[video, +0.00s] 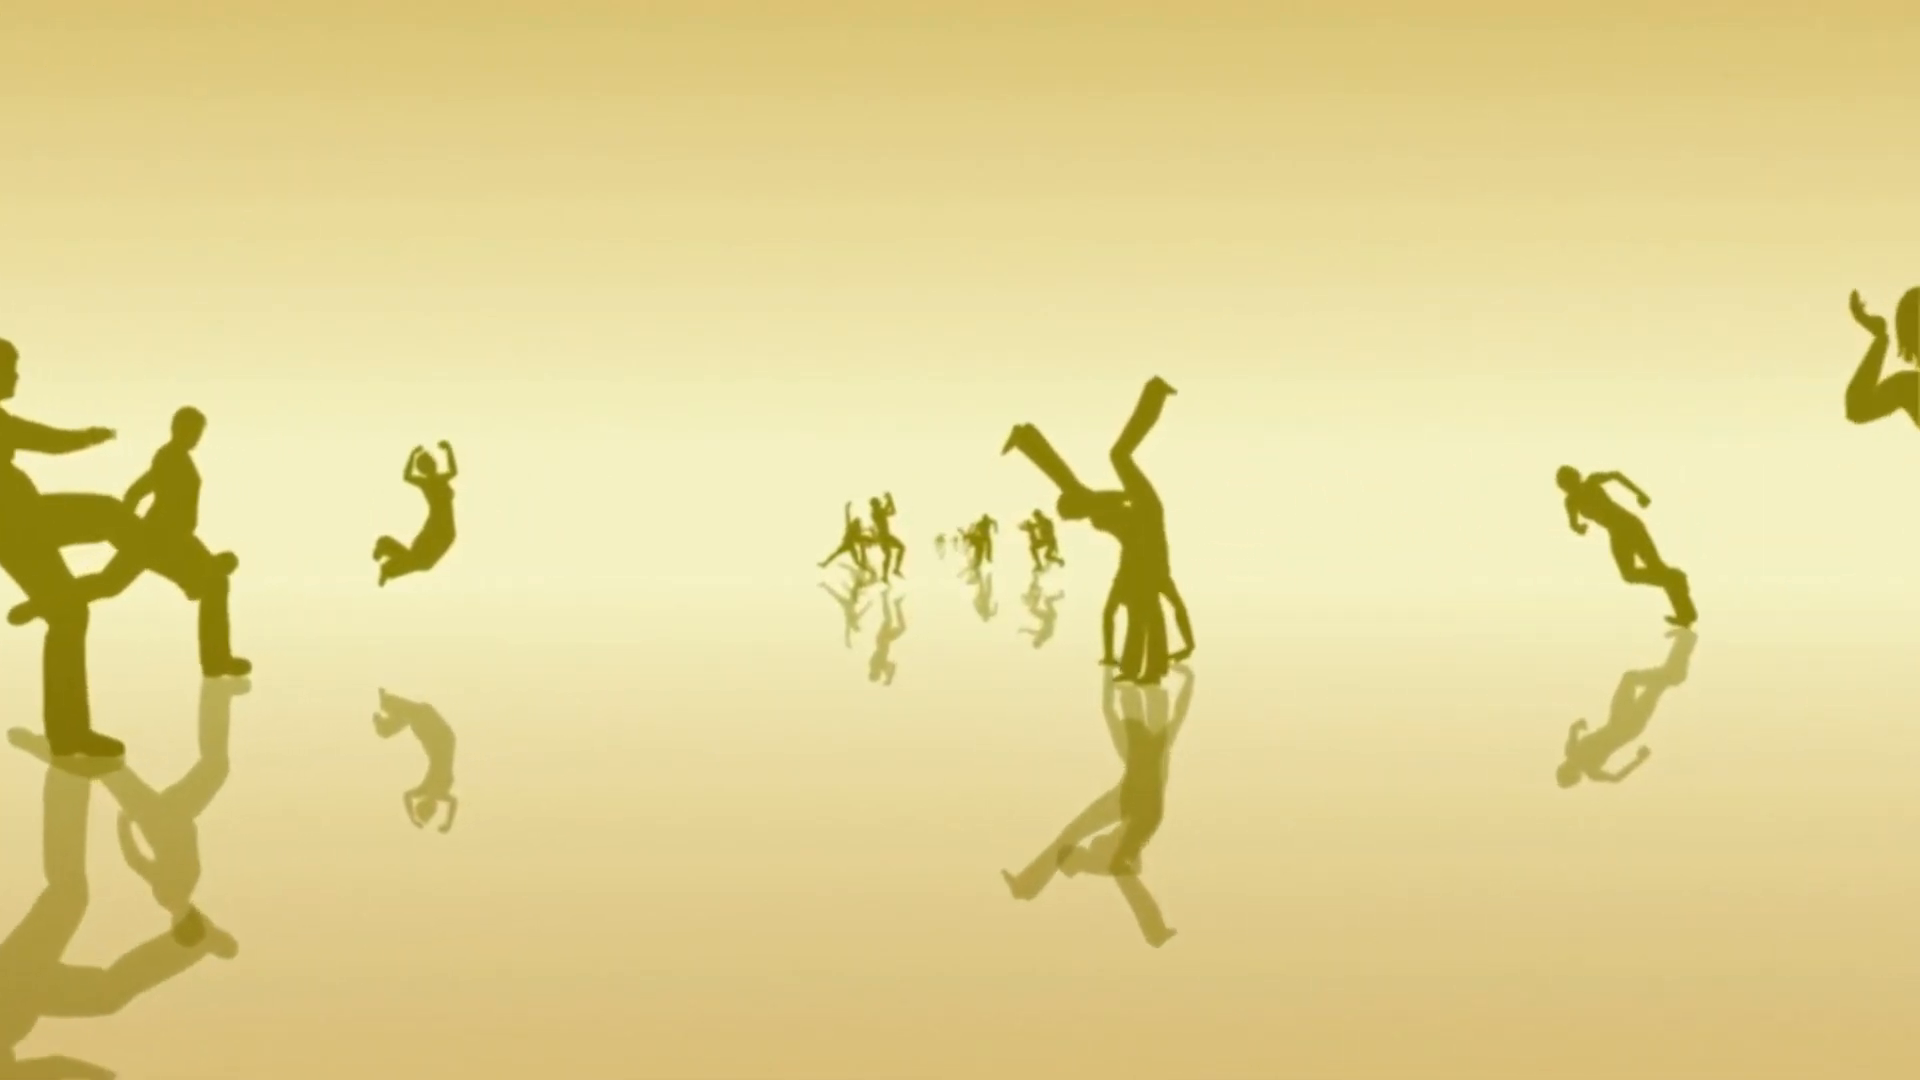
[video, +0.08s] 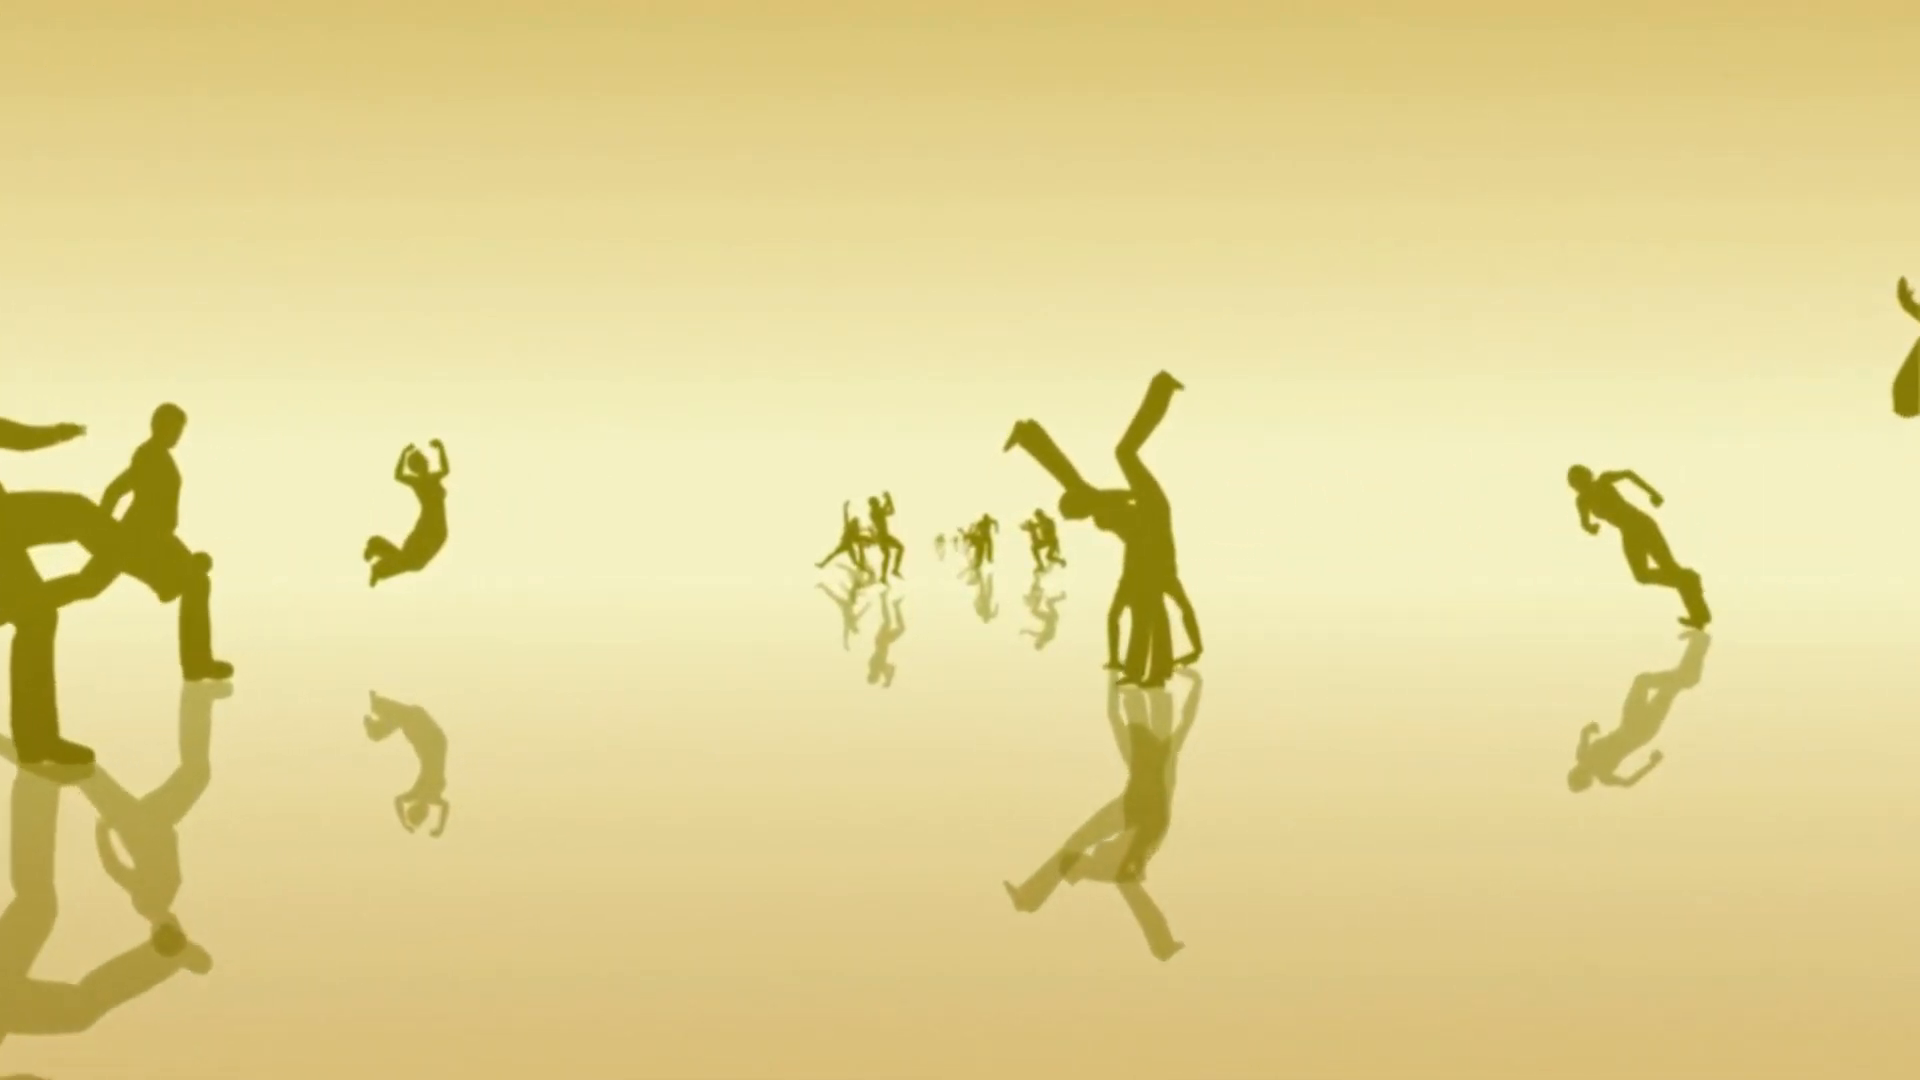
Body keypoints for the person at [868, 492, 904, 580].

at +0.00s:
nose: (879, 504)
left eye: (877, 503)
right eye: (877, 503)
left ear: (874, 504)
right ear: (876, 504)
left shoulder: (878, 512)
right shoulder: (878, 512)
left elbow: (889, 511)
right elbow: (891, 511)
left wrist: (888, 500)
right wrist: (890, 500)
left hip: (883, 535)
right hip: (884, 535)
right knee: (901, 547)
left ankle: (885, 576)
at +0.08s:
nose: (877, 503)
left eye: (876, 502)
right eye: (876, 502)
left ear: (873, 503)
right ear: (874, 503)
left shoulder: (876, 511)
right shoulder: (876, 512)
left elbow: (888, 511)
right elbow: (890, 511)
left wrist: (887, 500)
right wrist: (888, 499)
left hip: (882, 535)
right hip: (883, 535)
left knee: (886, 555)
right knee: (900, 547)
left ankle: (883, 576)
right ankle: (896, 569)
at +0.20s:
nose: (876, 503)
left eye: (875, 501)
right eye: (874, 502)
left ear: (873, 503)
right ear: (873, 502)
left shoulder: (876, 511)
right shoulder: (875, 511)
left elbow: (888, 511)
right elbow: (889, 511)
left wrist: (887, 499)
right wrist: (887, 499)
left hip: (881, 535)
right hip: (882, 535)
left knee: (886, 555)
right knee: (900, 547)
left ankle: (882, 577)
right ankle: (895, 570)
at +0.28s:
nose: (876, 502)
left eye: (874, 500)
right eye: (874, 501)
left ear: (870, 502)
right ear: (872, 501)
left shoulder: (874, 510)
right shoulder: (874, 511)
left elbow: (887, 510)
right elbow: (887, 510)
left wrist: (885, 498)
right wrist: (886, 498)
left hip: (879, 535)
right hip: (881, 535)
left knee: (884, 555)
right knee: (899, 548)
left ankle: (881, 578)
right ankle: (894, 570)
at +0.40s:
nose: (875, 502)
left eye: (874, 500)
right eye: (873, 500)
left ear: (870, 502)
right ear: (871, 501)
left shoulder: (873, 510)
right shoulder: (873, 511)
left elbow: (886, 510)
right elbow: (887, 510)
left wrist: (884, 498)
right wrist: (885, 497)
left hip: (878, 535)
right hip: (880, 535)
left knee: (884, 556)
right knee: (898, 548)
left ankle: (880, 578)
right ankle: (893, 571)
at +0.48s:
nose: (873, 501)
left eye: (871, 500)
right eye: (871, 500)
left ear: (869, 501)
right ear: (869, 501)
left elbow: (885, 509)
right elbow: (883, 508)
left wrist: (884, 496)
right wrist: (884, 496)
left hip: (877, 535)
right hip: (878, 535)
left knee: (882, 556)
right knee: (897, 548)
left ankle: (879, 579)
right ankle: (892, 571)